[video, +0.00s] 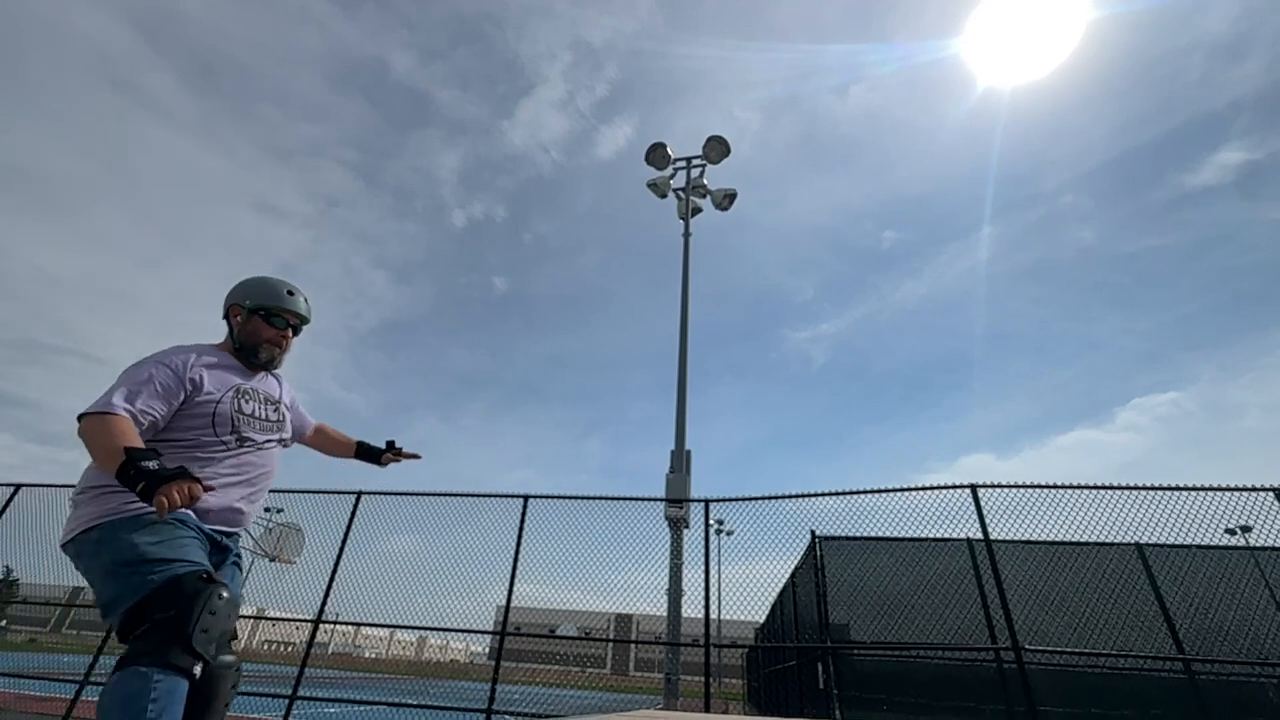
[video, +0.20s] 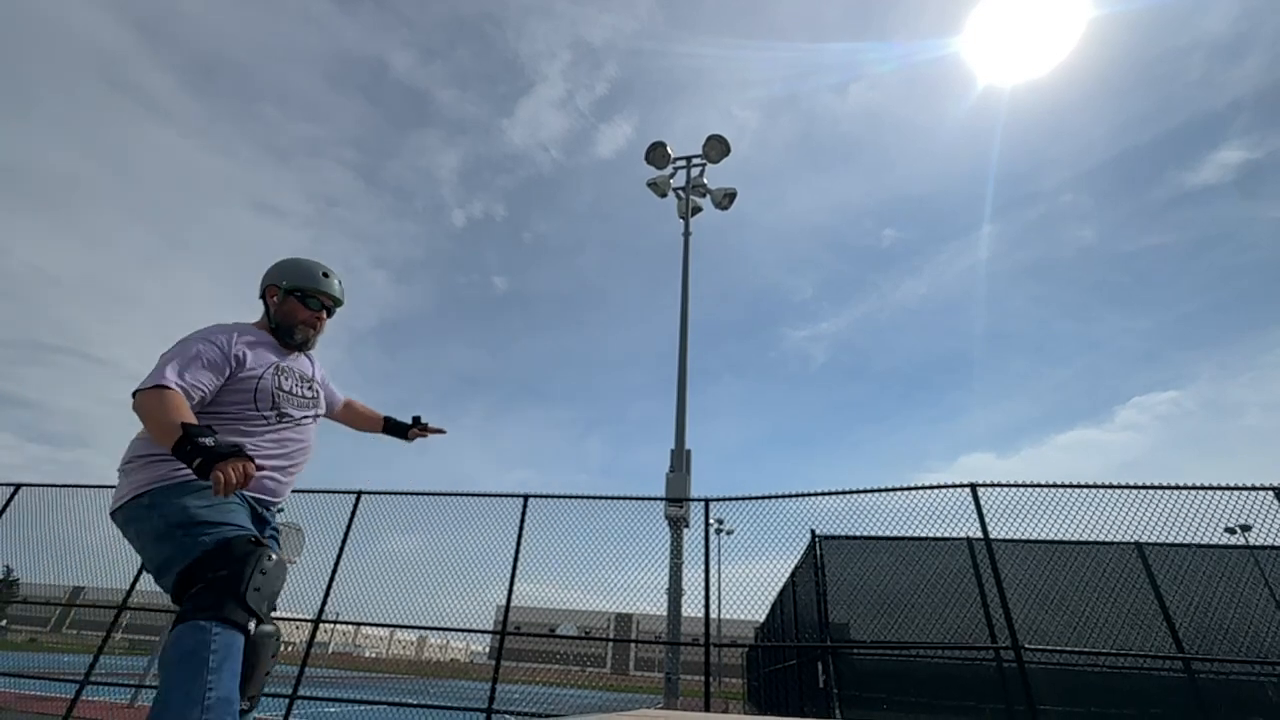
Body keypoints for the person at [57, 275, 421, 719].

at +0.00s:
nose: (286, 335)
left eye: (294, 330)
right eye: (275, 321)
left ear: (296, 339)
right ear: (237, 317)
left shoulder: (278, 393)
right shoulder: (184, 366)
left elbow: (313, 432)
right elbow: (101, 420)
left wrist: (373, 454)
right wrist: (149, 473)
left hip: (217, 538)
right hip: (136, 515)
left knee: (214, 669)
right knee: (187, 612)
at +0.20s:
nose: (319, 316)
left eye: (327, 310)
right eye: (309, 302)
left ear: (329, 319)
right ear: (273, 297)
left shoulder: (312, 373)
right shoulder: (227, 343)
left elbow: (345, 409)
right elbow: (155, 395)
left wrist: (400, 428)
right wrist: (204, 452)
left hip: (250, 509)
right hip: (175, 483)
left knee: (251, 641)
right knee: (235, 568)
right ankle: (199, 708)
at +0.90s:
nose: (427, 266)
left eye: (435, 260)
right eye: (419, 253)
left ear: (436, 267)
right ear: (387, 245)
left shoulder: (412, 313)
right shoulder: (355, 279)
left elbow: (440, 333)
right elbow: (322, 328)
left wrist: (485, 346)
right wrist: (376, 391)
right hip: (300, 399)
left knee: (411, 521)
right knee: (406, 454)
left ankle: (291, 686)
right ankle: (351, 595)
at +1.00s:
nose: (442, 262)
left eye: (449, 256)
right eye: (434, 249)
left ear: (449, 260)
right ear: (402, 240)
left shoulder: (421, 305)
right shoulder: (368, 273)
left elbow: (449, 322)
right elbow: (344, 321)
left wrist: (496, 335)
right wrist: (397, 387)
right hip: (313, 392)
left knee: (429, 510)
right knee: (427, 440)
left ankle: (299, 658)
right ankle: (365, 567)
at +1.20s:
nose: (469, 252)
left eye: (476, 246)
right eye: (461, 239)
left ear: (475, 250)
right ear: (431, 231)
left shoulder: (446, 292)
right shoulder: (403, 261)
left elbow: (475, 302)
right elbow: (388, 311)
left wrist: (521, 313)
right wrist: (436, 376)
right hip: (346, 374)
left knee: (468, 486)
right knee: (465, 423)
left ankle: (330, 596)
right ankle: (393, 511)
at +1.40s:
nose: (497, 247)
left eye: (504, 241)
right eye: (491, 232)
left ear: (503, 243)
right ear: (460, 224)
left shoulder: (466, 277)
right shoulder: (436, 252)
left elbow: (497, 283)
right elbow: (430, 302)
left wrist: (541, 292)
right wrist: (474, 368)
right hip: (377, 359)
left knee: (497, 467)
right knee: (495, 408)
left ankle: (363, 542)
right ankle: (415, 462)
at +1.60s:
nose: (525, 241)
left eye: (530, 236)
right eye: (520, 227)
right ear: (488, 215)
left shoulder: (487, 267)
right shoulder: (467, 242)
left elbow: (518, 264)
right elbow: (469, 298)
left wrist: (560, 272)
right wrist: (506, 367)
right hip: (405, 349)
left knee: (532, 451)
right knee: (543, 395)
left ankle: (400, 488)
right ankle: (441, 418)